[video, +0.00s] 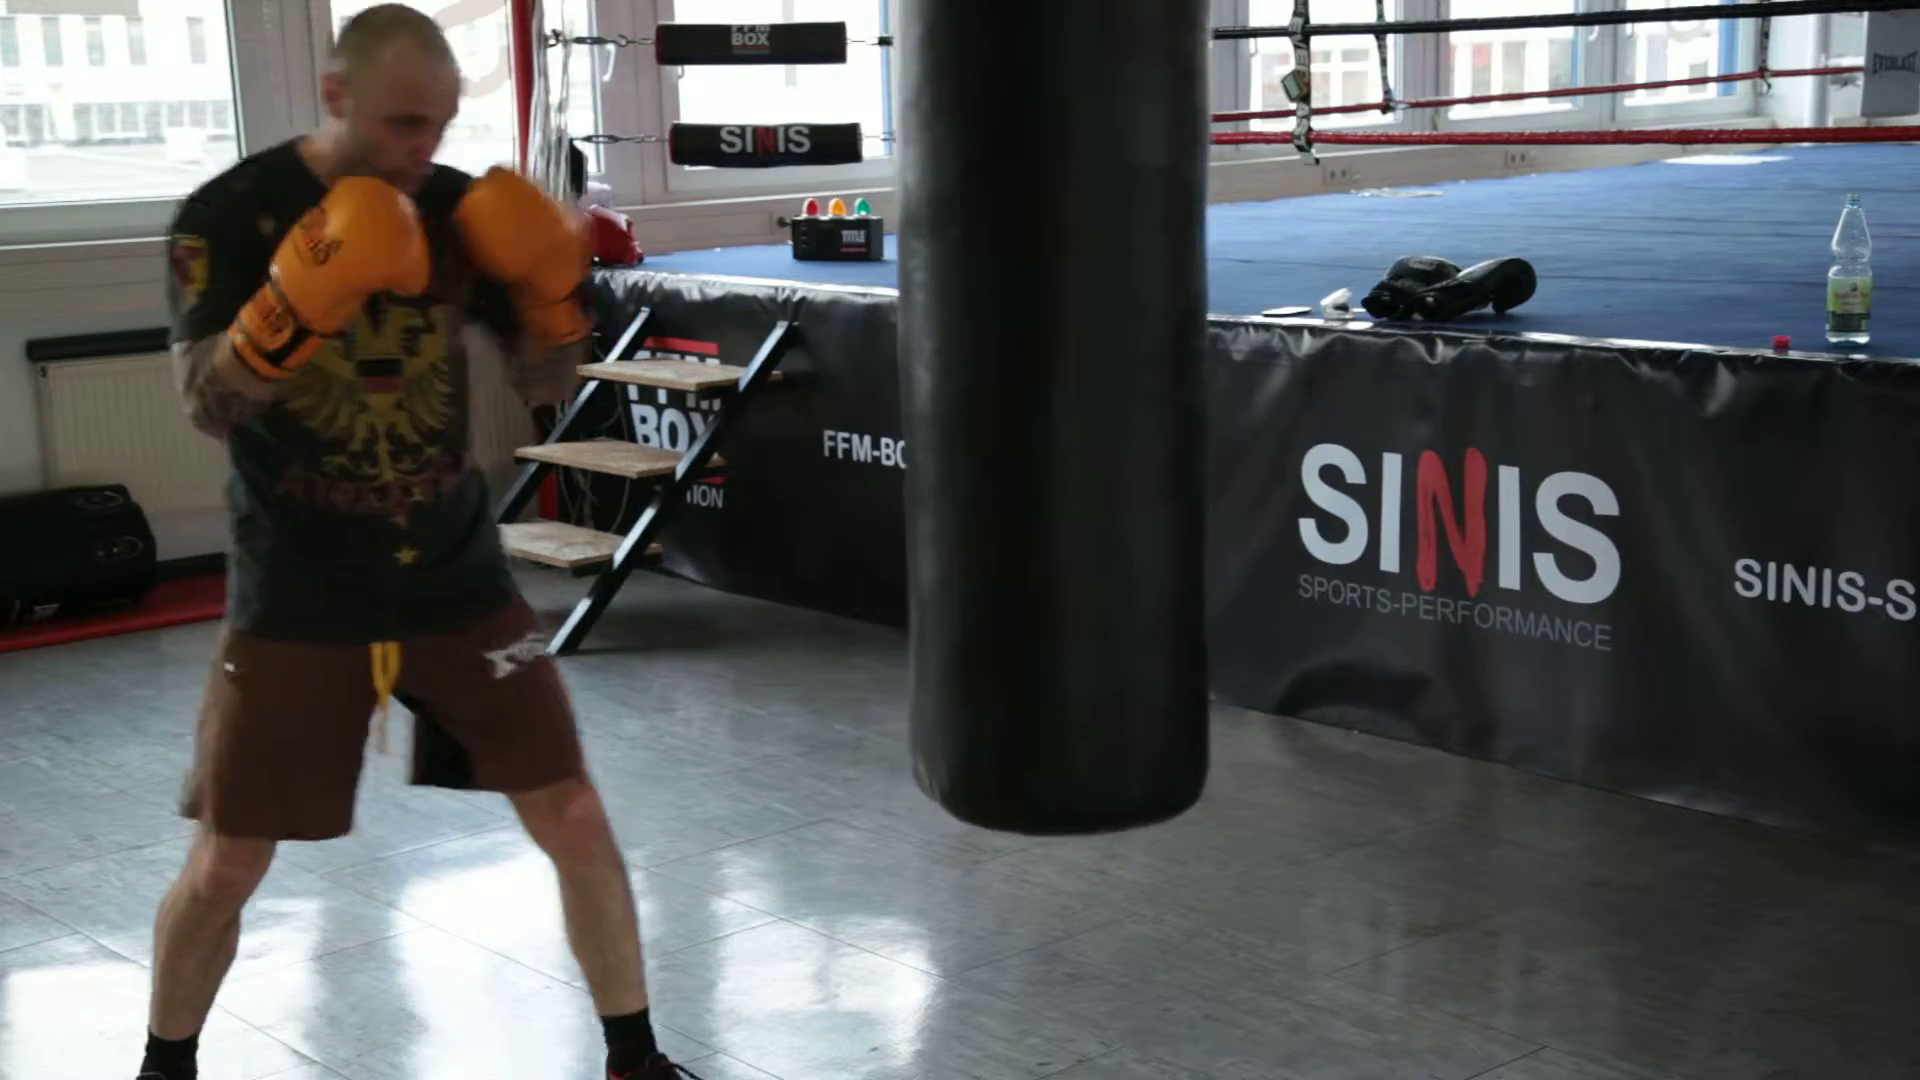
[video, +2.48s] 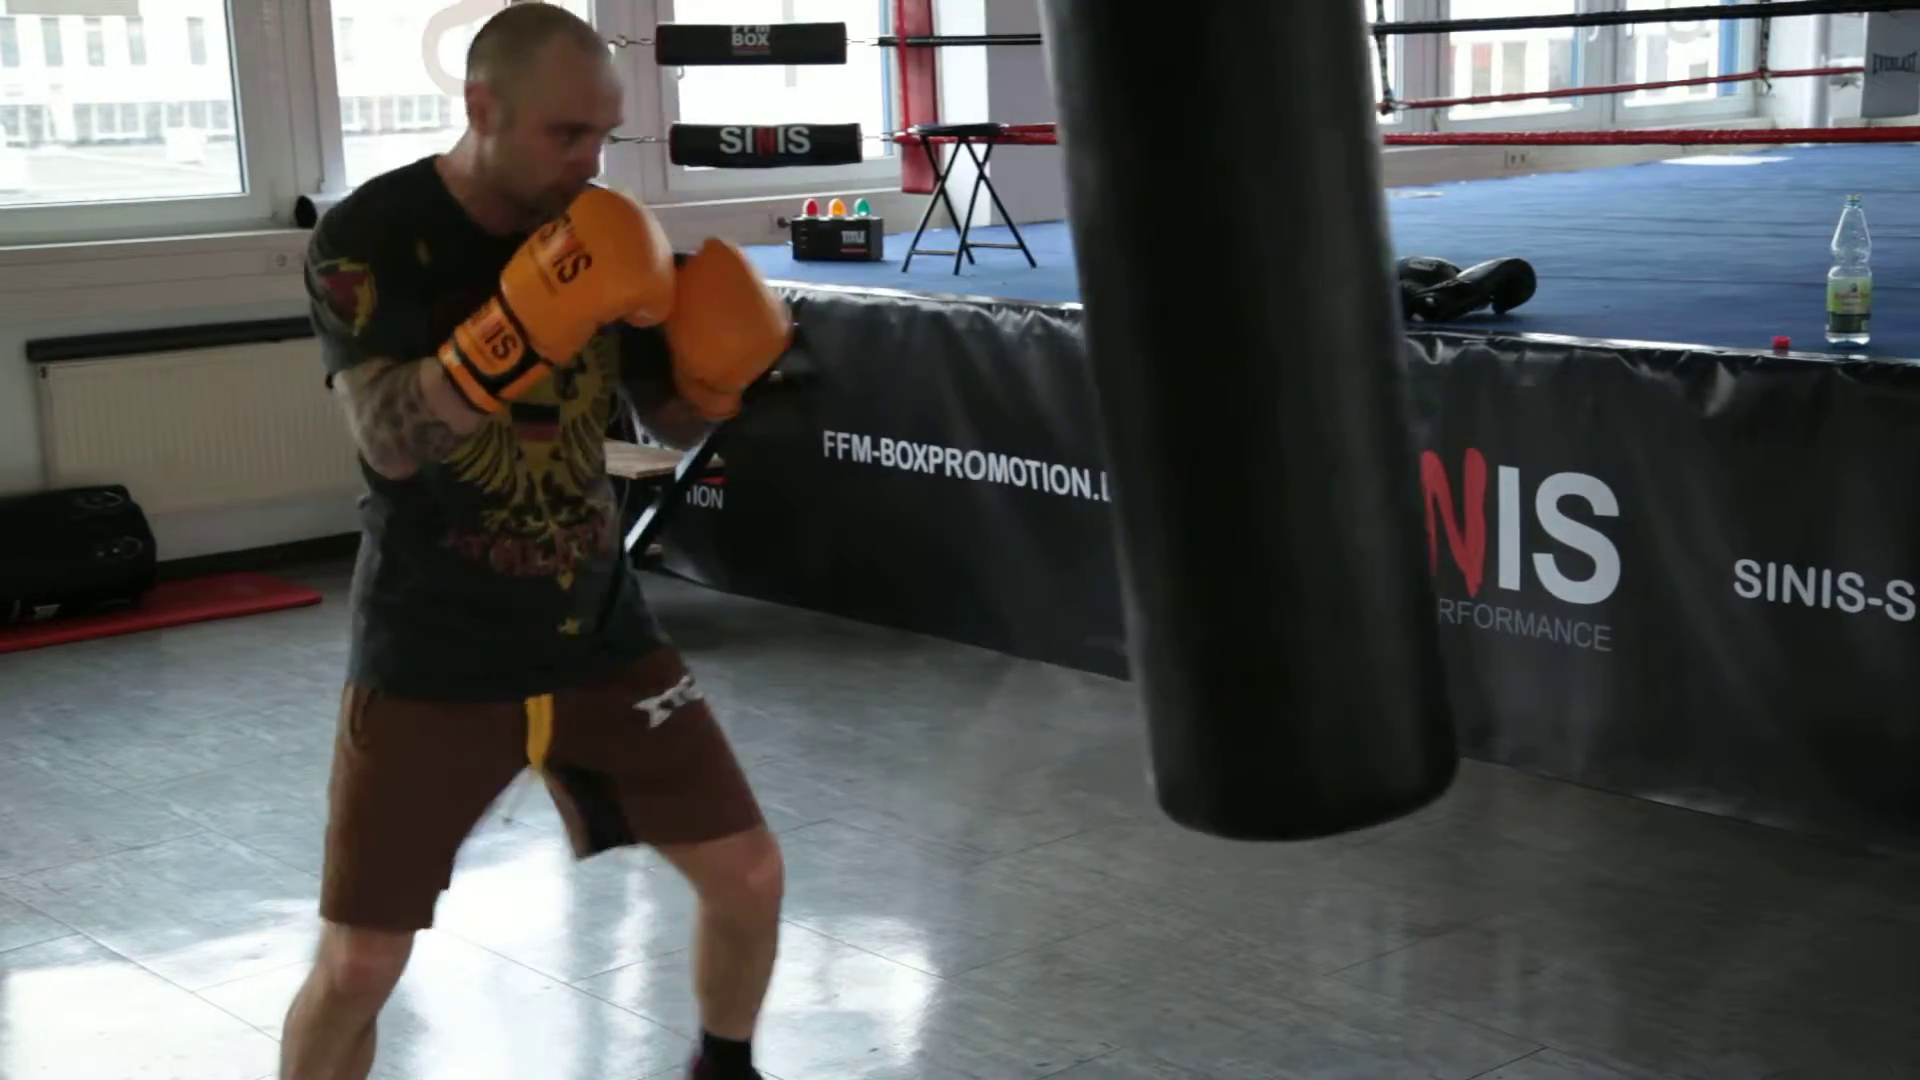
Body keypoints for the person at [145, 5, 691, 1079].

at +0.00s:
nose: (426, 153)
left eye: (440, 128)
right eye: (406, 125)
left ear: (453, 111)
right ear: (334, 95)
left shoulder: (464, 211)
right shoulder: (228, 219)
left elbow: (546, 392)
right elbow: (209, 402)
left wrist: (552, 292)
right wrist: (291, 306)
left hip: (457, 568)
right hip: (299, 580)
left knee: (576, 818)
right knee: (226, 868)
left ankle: (638, 1062)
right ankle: (166, 1072)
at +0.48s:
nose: (491, 144)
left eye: (508, 122)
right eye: (474, 117)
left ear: (520, 113)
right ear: (412, 86)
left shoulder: (501, 212)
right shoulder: (287, 194)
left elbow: (541, 405)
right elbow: (270, 385)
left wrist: (587, 303)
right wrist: (375, 276)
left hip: (478, 568)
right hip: (325, 580)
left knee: (583, 822)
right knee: (241, 870)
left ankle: (638, 1059)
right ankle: (163, 1059)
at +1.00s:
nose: (502, 124)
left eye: (520, 101)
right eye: (482, 98)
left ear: (536, 86)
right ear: (411, 71)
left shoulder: (524, 202)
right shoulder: (296, 197)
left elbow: (575, 388)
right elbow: (277, 383)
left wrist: (619, 291)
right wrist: (390, 271)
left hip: (498, 562)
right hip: (345, 573)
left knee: (604, 822)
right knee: (267, 866)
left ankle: (638, 1060)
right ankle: (171, 1057)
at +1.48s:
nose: (431, 171)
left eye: (447, 142)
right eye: (404, 146)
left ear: (462, 125)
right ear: (326, 119)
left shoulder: (494, 220)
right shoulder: (239, 236)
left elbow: (585, 400)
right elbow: (227, 451)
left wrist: (563, 335)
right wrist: (304, 364)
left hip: (498, 589)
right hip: (330, 604)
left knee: (621, 849)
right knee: (247, 895)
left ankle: (686, 1069)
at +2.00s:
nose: (707, 210)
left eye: (721, 185)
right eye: (689, 180)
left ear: (733, 162)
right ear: (611, 149)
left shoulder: (680, 259)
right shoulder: (506, 220)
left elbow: (705, 431)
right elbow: (530, 356)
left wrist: (755, 357)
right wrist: (723, 295)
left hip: (602, 593)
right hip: (462, 605)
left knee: (703, 851)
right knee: (368, 910)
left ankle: (711, 1075)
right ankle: (227, 1073)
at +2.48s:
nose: (593, 160)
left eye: (604, 133)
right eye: (569, 133)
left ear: (611, 122)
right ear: (483, 111)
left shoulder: (595, 235)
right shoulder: (370, 235)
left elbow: (667, 419)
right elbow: (388, 438)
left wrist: (716, 376)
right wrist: (530, 319)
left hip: (596, 628)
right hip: (432, 650)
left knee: (748, 878)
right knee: (360, 964)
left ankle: (724, 1068)